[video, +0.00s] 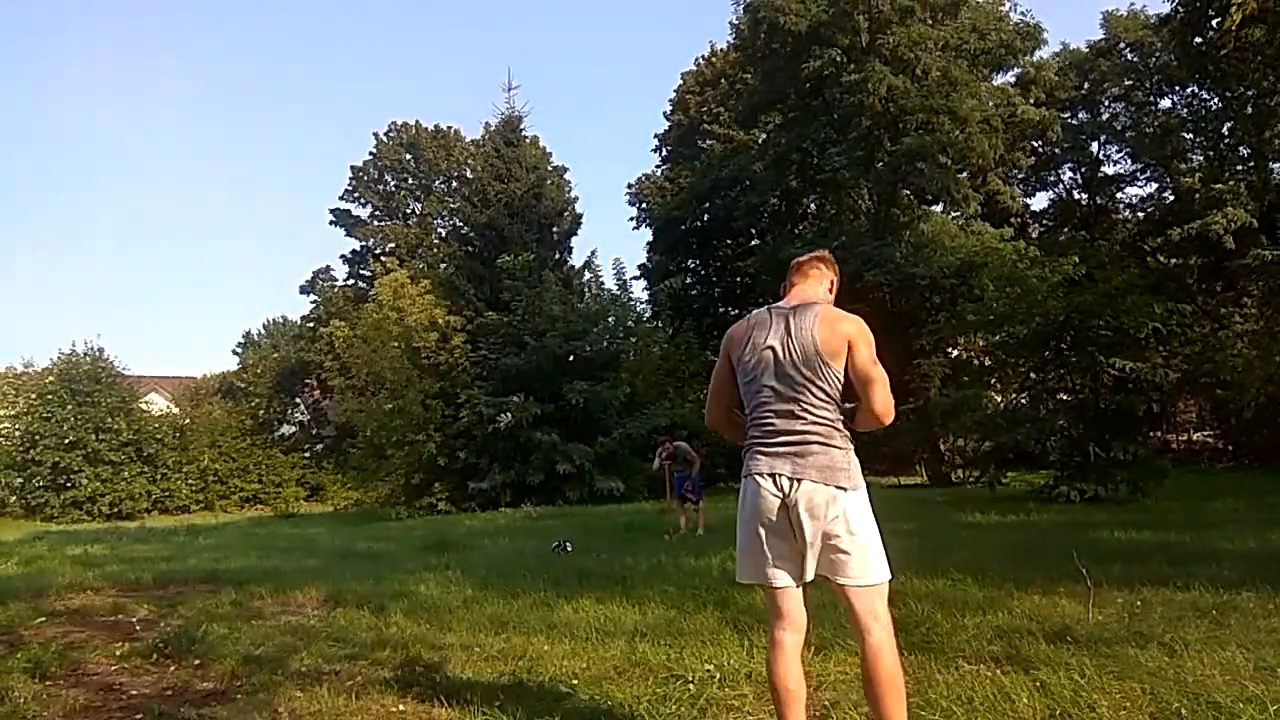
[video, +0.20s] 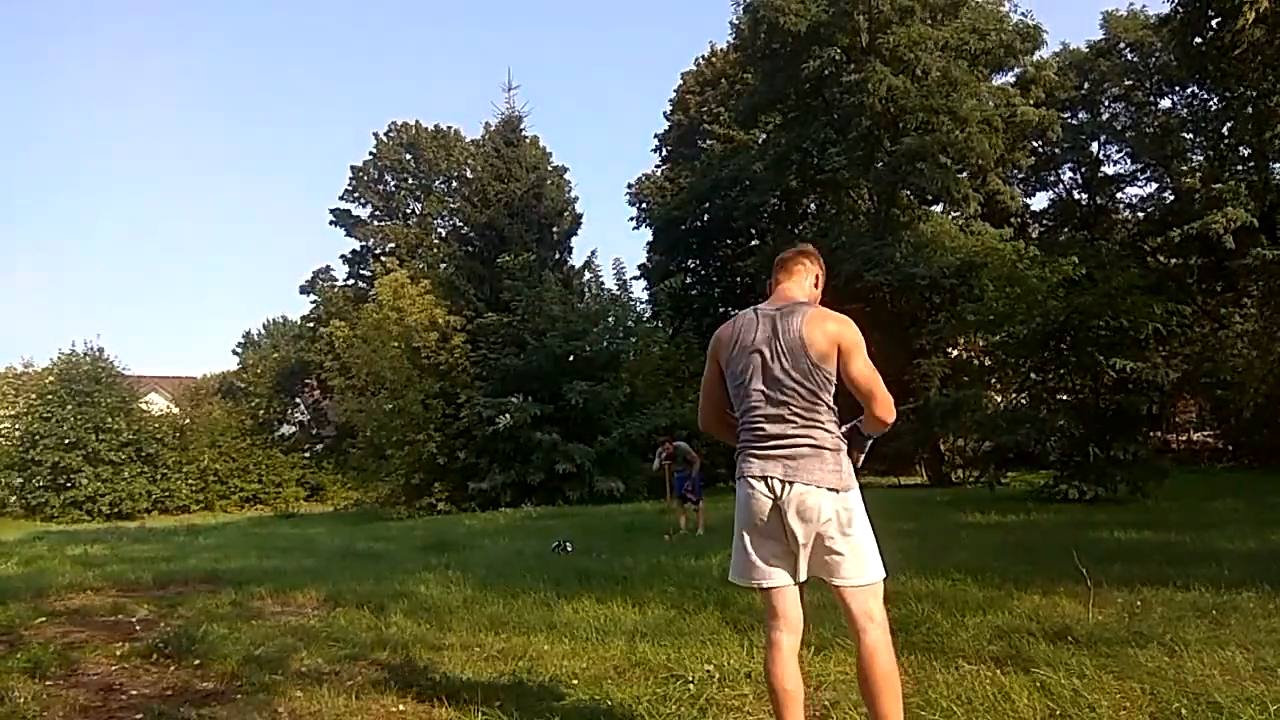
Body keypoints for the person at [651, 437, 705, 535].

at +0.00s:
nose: (667, 451)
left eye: (668, 448)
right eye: (665, 449)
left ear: (672, 444)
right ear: (662, 449)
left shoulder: (682, 447)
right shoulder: (661, 451)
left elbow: (696, 461)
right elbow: (655, 468)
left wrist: (692, 479)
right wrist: (660, 457)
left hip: (691, 472)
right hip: (678, 474)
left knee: (697, 502)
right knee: (679, 502)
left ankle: (700, 528)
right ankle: (683, 528)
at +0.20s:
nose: (667, 451)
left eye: (668, 448)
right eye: (664, 449)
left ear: (672, 444)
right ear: (662, 449)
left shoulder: (682, 447)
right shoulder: (660, 452)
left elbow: (696, 461)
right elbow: (655, 468)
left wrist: (692, 479)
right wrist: (660, 459)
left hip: (691, 472)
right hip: (678, 474)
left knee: (697, 502)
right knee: (679, 501)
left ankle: (700, 528)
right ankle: (683, 528)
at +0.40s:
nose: (667, 451)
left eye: (668, 448)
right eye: (664, 449)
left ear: (672, 444)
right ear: (662, 449)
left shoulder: (682, 447)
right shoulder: (661, 452)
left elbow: (696, 461)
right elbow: (655, 468)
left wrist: (692, 479)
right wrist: (660, 459)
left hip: (691, 472)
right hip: (678, 474)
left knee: (697, 501)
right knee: (679, 501)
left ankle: (700, 527)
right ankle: (683, 528)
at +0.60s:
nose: (666, 451)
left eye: (668, 448)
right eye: (664, 449)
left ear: (672, 445)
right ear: (661, 449)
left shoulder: (682, 447)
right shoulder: (660, 451)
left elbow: (696, 462)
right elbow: (655, 468)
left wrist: (692, 480)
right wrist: (661, 461)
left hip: (690, 472)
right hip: (677, 474)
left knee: (697, 501)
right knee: (679, 502)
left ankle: (700, 527)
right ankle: (683, 528)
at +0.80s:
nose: (666, 451)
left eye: (667, 448)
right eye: (664, 449)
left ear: (672, 445)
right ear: (661, 449)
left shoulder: (682, 447)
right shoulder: (660, 452)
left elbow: (696, 462)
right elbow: (655, 469)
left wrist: (692, 480)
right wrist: (661, 464)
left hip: (690, 472)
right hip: (677, 475)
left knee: (697, 501)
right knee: (679, 502)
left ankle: (700, 527)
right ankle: (683, 528)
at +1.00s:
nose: (666, 451)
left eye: (667, 449)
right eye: (664, 449)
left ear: (672, 445)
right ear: (661, 449)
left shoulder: (682, 447)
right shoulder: (660, 452)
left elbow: (696, 461)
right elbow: (655, 469)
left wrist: (692, 480)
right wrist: (661, 464)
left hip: (690, 472)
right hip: (677, 475)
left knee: (697, 501)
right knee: (679, 502)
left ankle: (700, 528)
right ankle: (683, 528)